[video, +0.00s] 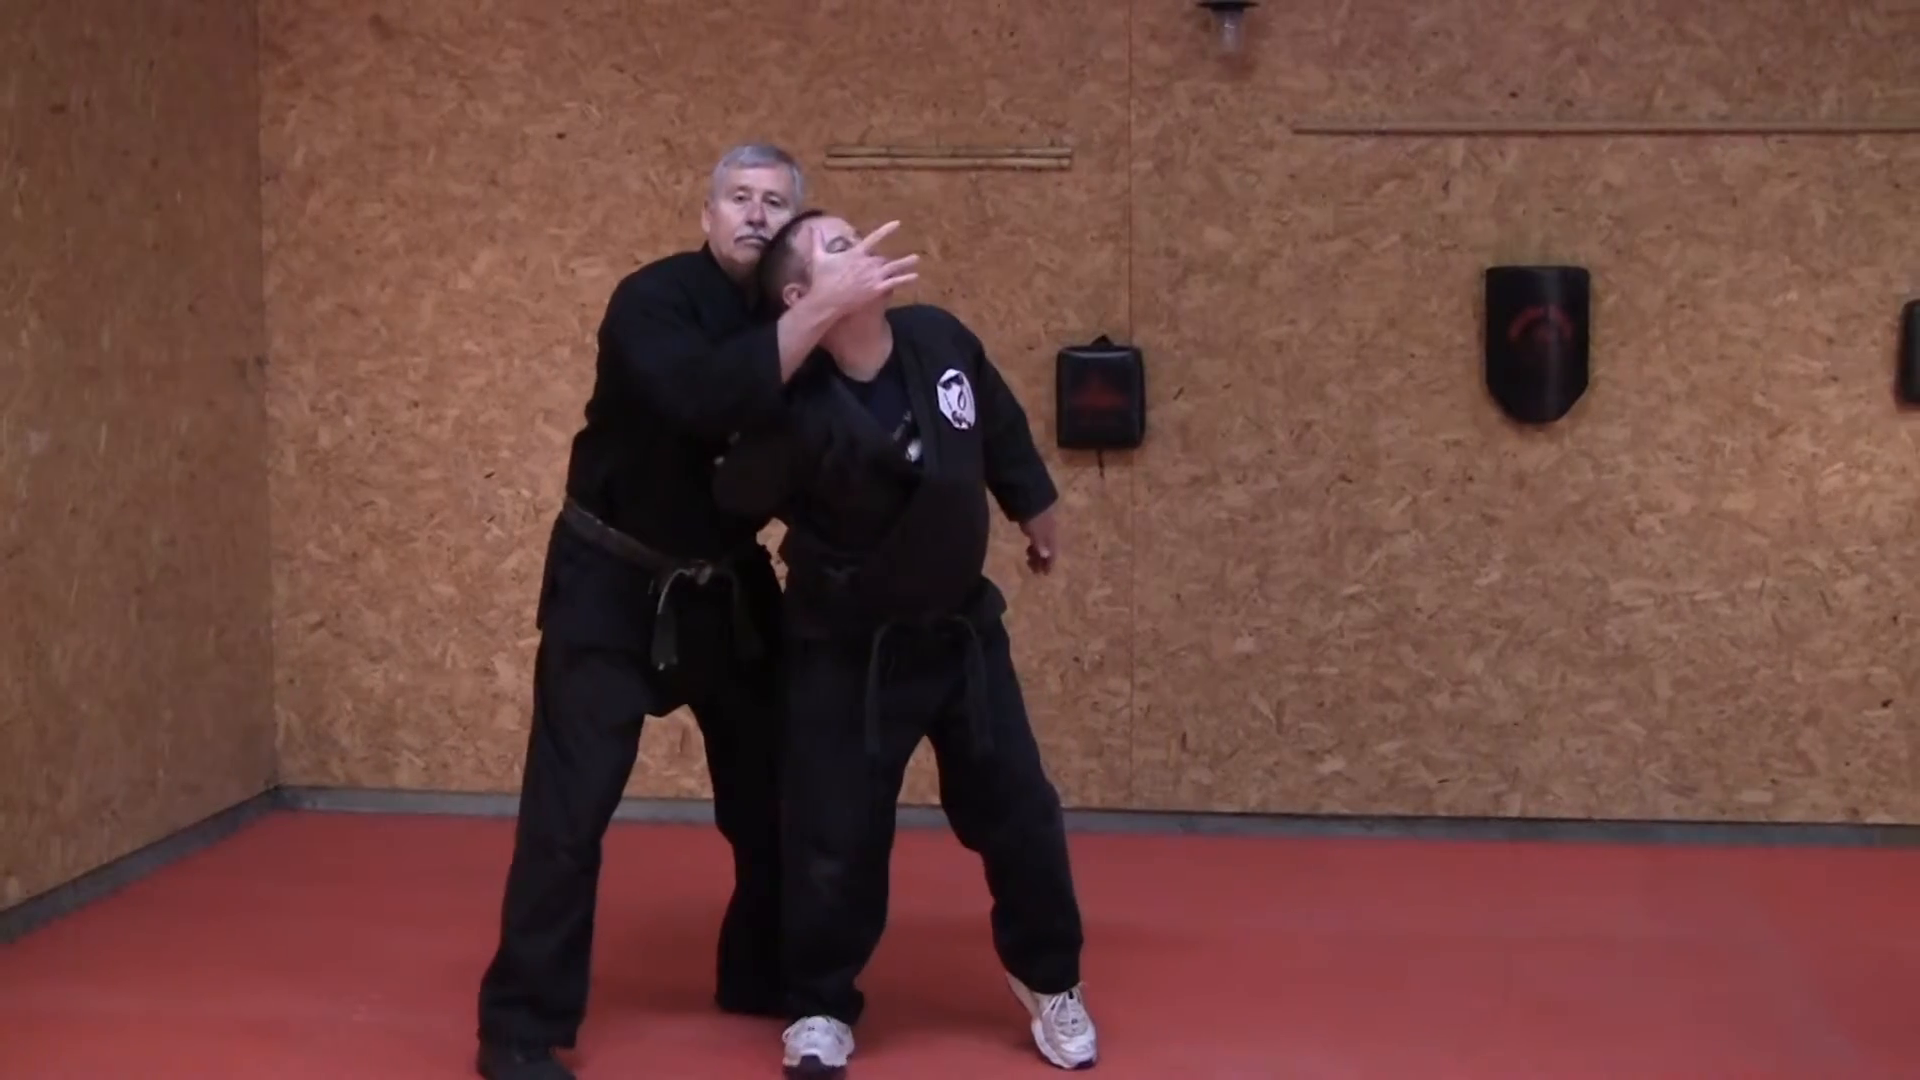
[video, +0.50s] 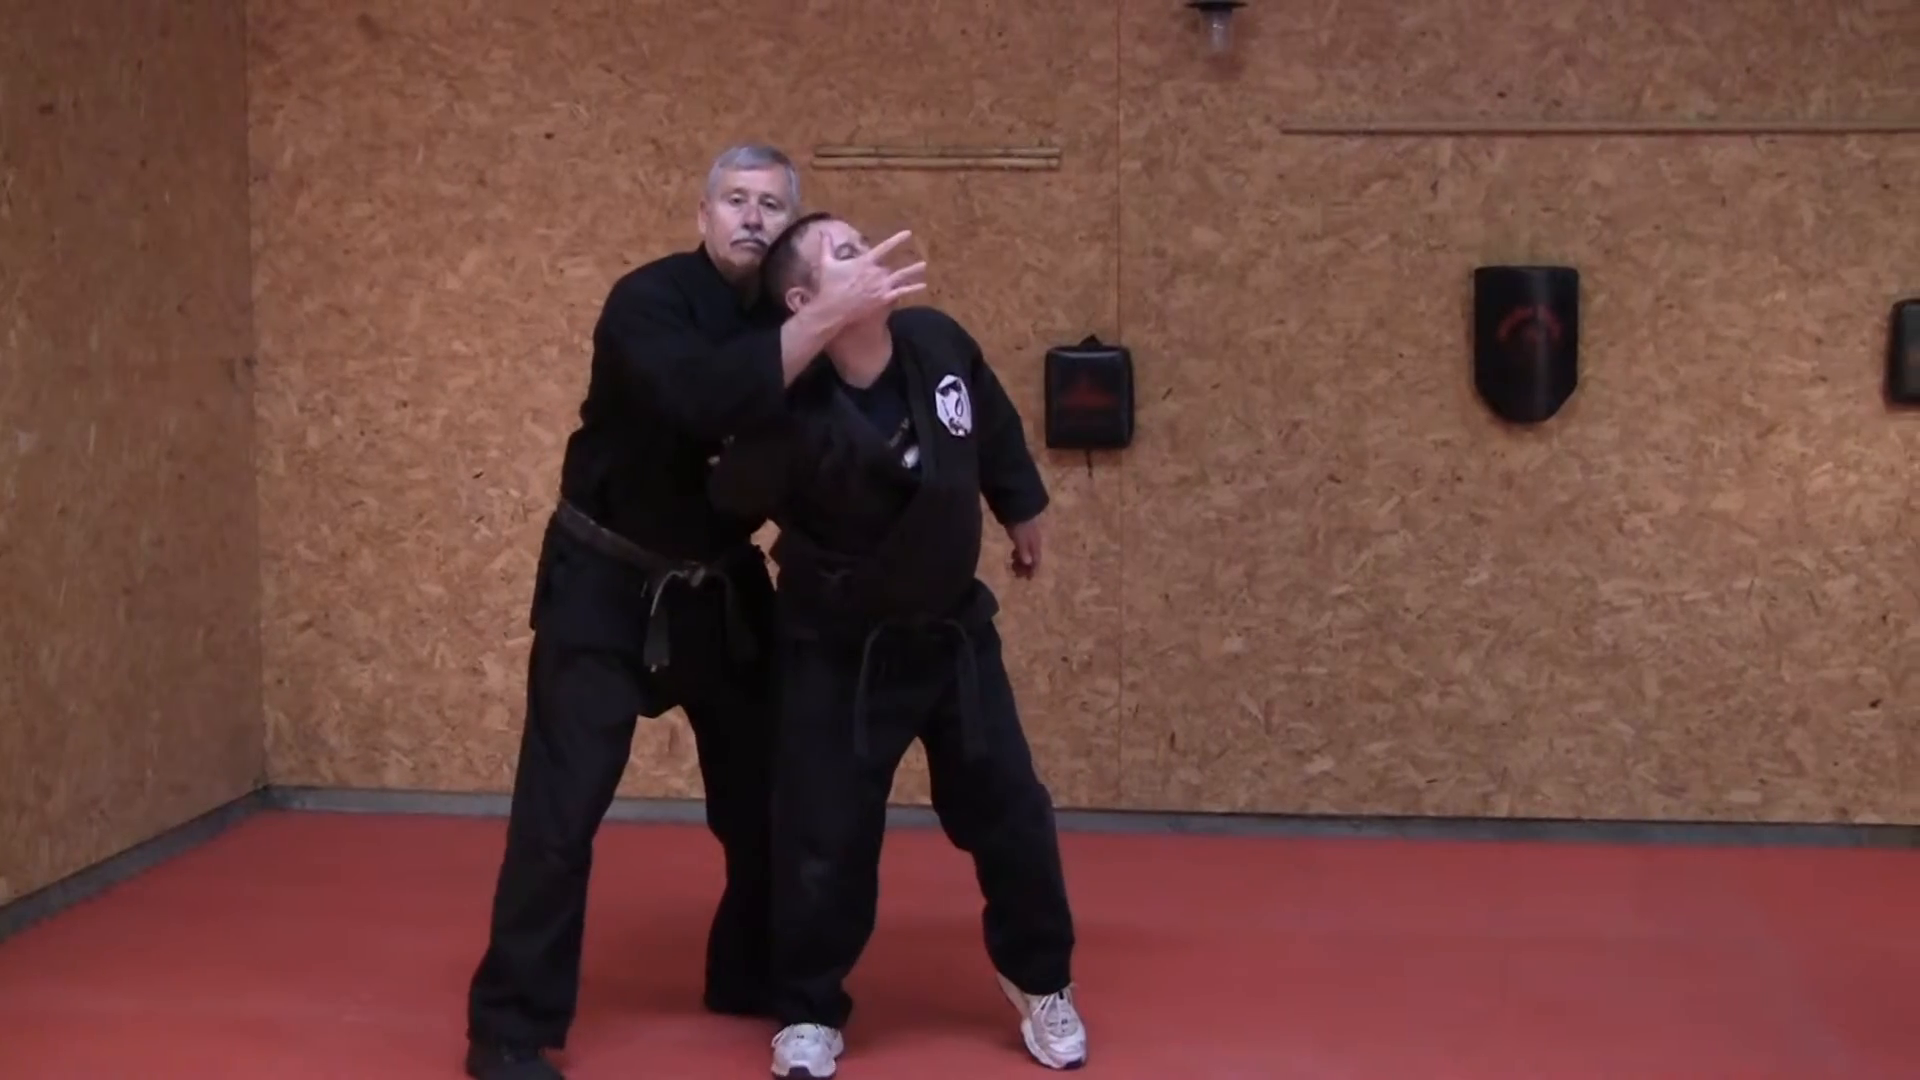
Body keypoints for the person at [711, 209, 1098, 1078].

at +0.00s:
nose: (862, 245)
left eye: (854, 235)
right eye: (833, 245)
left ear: (873, 268)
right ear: (805, 301)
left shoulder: (938, 339)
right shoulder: (799, 410)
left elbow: (999, 423)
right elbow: (735, 505)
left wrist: (1034, 505)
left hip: (959, 626)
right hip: (843, 639)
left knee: (1018, 807)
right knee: (832, 826)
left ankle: (1050, 981)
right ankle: (820, 1007)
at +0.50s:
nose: (868, 255)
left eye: (862, 243)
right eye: (841, 252)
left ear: (882, 267)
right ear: (808, 306)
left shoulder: (935, 342)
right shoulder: (791, 416)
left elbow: (993, 426)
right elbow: (729, 511)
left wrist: (1023, 511)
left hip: (951, 629)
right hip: (834, 640)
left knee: (1010, 808)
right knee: (822, 829)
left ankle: (1041, 981)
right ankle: (810, 1012)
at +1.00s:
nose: (888, 268)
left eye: (882, 252)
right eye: (860, 262)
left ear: (895, 269)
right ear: (812, 303)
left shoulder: (940, 346)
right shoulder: (798, 414)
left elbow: (989, 431)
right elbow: (722, 501)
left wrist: (1014, 519)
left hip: (944, 629)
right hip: (829, 641)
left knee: (1005, 808)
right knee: (819, 830)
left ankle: (1038, 981)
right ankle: (810, 1013)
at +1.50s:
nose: (922, 273)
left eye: (916, 259)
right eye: (897, 268)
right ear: (845, 305)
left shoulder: (954, 347)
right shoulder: (815, 410)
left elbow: (991, 436)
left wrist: (1004, 524)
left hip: (944, 631)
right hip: (831, 648)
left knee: (1003, 808)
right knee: (821, 832)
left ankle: (1038, 983)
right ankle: (806, 1014)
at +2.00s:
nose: (1104, 372)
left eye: (1113, 352)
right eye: (1082, 354)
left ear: (1121, 347)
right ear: (1025, 349)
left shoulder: (1119, 426)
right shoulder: (952, 413)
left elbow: (1119, 518)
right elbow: (827, 437)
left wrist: (1102, 590)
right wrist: (878, 489)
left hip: (1040, 652)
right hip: (918, 652)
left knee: (1077, 838)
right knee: (854, 828)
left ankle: (1101, 1018)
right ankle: (807, 1013)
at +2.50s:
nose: (1129, 281)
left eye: (1149, 269)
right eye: (1131, 264)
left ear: (1209, 284)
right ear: (1166, 278)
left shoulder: (1270, 405)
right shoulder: (1093, 367)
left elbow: (1300, 541)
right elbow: (1062, 471)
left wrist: (1290, 662)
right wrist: (1044, 569)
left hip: (1200, 650)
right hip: (1103, 639)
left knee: (1167, 837)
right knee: (1109, 811)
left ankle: (1107, 1019)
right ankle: (1239, 915)